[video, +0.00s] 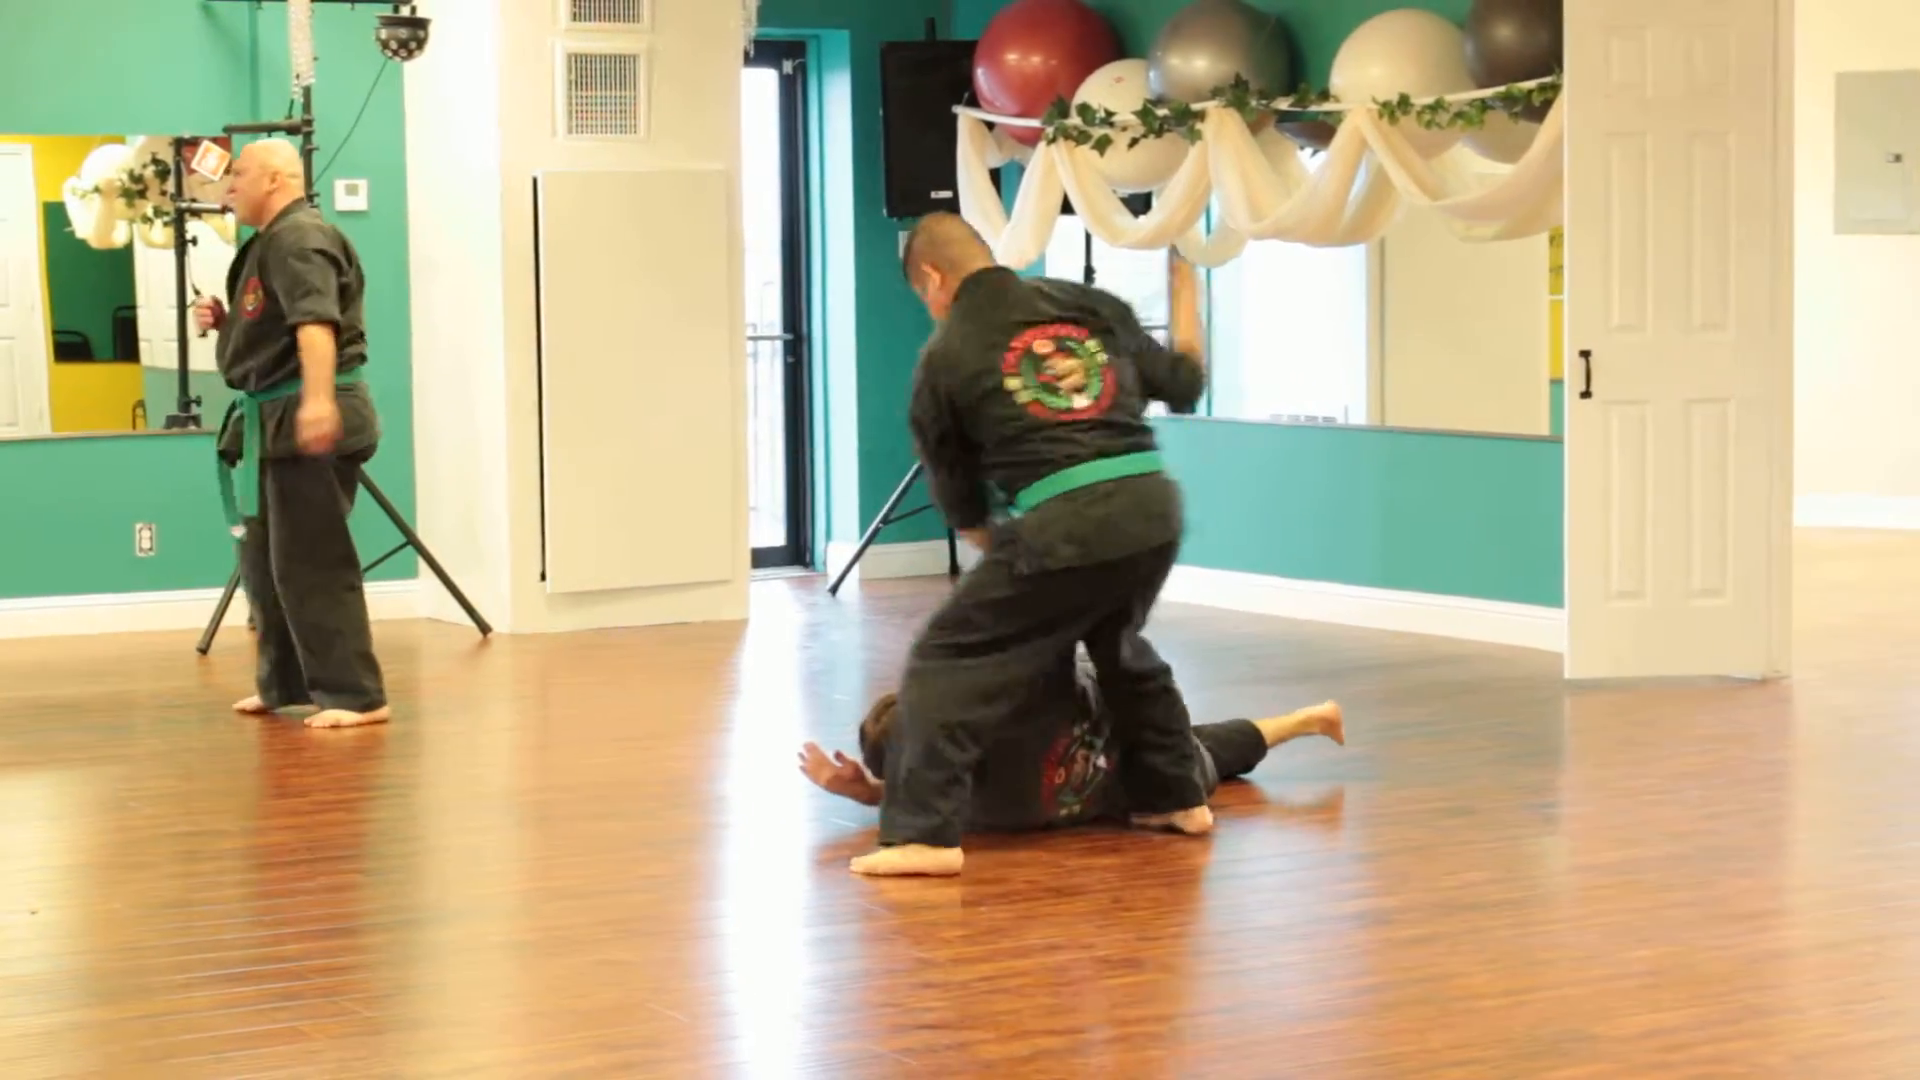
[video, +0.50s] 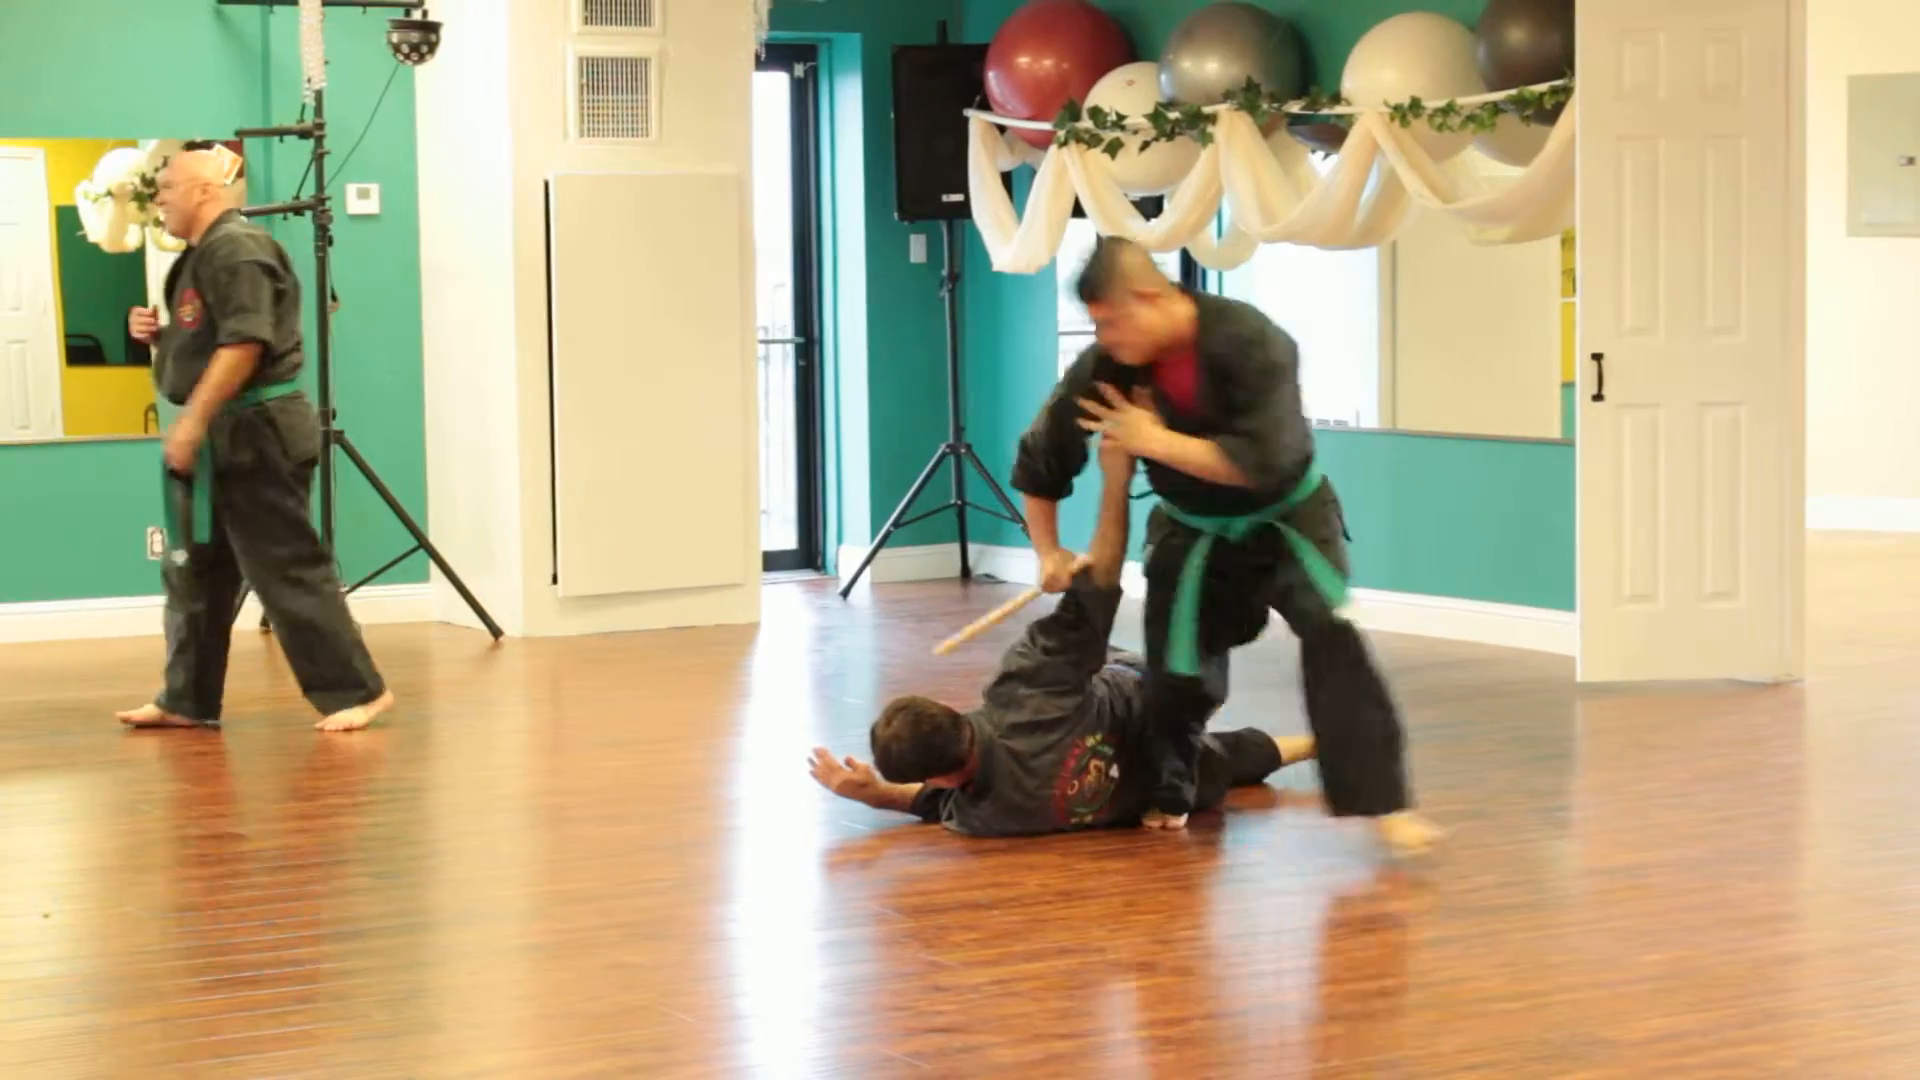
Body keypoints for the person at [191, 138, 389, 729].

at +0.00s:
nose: (228, 186)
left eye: (238, 176)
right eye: (231, 176)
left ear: (274, 181)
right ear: (273, 183)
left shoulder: (298, 236)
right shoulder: (271, 241)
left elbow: (315, 322)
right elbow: (277, 329)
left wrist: (319, 398)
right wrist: (229, 321)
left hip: (307, 415)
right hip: (278, 414)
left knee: (311, 555)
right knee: (267, 554)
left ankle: (356, 696)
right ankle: (286, 686)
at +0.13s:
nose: (226, 186)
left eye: (235, 175)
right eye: (227, 176)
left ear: (271, 180)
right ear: (268, 182)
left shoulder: (295, 235)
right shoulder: (265, 240)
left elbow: (320, 318)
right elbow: (275, 320)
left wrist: (347, 390)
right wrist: (227, 316)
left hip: (306, 414)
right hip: (269, 416)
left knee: (318, 556)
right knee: (254, 555)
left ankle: (359, 697)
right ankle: (249, 688)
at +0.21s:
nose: (217, 190)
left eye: (225, 178)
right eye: (218, 180)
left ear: (263, 183)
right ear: (261, 184)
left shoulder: (289, 240)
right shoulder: (257, 244)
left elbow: (316, 326)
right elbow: (262, 318)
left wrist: (338, 406)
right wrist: (215, 314)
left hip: (300, 417)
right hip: (260, 418)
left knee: (319, 558)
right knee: (247, 558)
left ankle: (362, 698)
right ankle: (215, 687)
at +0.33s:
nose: (193, 196)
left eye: (202, 185)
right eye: (195, 186)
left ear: (241, 190)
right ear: (240, 191)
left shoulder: (271, 248)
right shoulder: (239, 252)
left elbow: (290, 341)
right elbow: (250, 331)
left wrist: (284, 431)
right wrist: (202, 324)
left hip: (283, 422)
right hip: (246, 423)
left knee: (313, 566)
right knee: (230, 566)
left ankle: (364, 700)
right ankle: (194, 694)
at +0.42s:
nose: (177, 199)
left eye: (185, 188)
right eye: (178, 188)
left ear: (225, 191)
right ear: (219, 193)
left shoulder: (255, 250)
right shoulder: (222, 253)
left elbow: (268, 347)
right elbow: (233, 339)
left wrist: (237, 431)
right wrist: (181, 332)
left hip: (278, 424)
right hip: (235, 424)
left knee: (306, 568)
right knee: (215, 570)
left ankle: (363, 698)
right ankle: (192, 699)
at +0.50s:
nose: (158, 202)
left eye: (167, 189)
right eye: (159, 191)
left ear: (206, 190)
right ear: (204, 192)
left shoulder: (237, 248)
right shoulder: (205, 253)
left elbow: (244, 344)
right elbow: (207, 330)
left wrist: (191, 421)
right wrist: (159, 326)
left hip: (258, 425)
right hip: (221, 426)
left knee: (289, 566)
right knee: (202, 569)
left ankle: (359, 691)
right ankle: (188, 700)